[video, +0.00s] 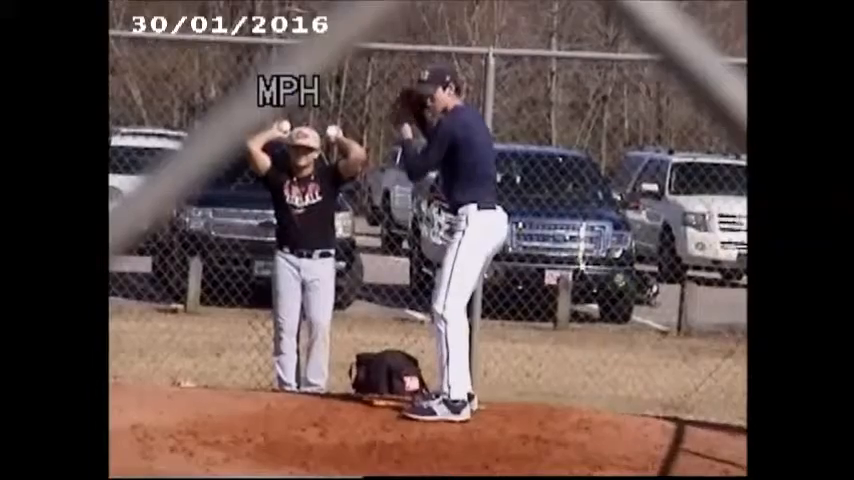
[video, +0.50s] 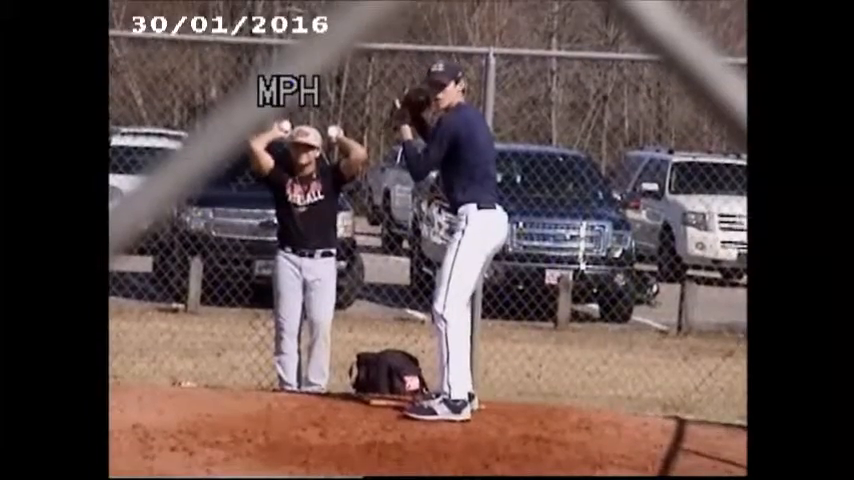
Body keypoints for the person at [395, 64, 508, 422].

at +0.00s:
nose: (428, 104)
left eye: (430, 97)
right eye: (426, 99)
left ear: (449, 90)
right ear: (450, 92)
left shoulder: (451, 122)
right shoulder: (469, 118)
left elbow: (417, 168)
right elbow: (433, 163)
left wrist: (407, 138)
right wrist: (417, 137)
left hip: (474, 218)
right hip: (487, 215)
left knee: (446, 306)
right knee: (452, 306)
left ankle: (455, 397)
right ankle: (459, 392)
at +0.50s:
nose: (435, 93)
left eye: (441, 87)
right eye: (434, 87)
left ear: (460, 86)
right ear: (447, 90)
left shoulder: (452, 120)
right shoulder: (471, 117)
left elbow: (420, 167)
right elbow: (433, 162)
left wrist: (406, 133)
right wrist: (418, 132)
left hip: (474, 218)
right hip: (489, 216)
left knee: (447, 306)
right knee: (456, 305)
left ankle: (455, 396)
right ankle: (461, 391)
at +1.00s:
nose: (432, 94)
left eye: (439, 87)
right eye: (430, 87)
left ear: (459, 86)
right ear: (447, 88)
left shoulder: (450, 119)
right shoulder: (470, 116)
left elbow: (417, 167)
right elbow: (435, 162)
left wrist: (404, 137)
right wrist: (414, 138)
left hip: (473, 218)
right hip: (487, 216)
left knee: (446, 307)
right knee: (456, 306)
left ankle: (455, 396)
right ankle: (461, 392)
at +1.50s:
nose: (424, 106)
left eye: (426, 100)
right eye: (421, 101)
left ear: (444, 90)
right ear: (448, 91)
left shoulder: (438, 122)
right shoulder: (474, 110)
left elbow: (398, 158)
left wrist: (406, 119)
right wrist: (420, 106)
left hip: (475, 212)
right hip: (499, 215)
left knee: (402, 255)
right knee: (457, 299)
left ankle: (440, 329)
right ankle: (459, 387)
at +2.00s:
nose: (418, 133)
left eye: (424, 128)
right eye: (417, 128)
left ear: (442, 128)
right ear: (444, 131)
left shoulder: (431, 154)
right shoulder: (466, 157)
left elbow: (393, 150)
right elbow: (488, 198)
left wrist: (359, 139)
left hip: (465, 247)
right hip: (490, 253)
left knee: (396, 297)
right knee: (428, 315)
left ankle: (343, 368)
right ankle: (454, 387)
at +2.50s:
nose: (503, 207)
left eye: (508, 202)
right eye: (505, 199)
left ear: (496, 184)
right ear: (493, 180)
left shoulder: (484, 204)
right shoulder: (453, 181)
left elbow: (464, 240)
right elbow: (461, 232)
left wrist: (451, 264)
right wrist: (497, 265)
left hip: (427, 244)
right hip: (388, 239)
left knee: (420, 327)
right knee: (379, 320)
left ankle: (421, 417)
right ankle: (376, 375)